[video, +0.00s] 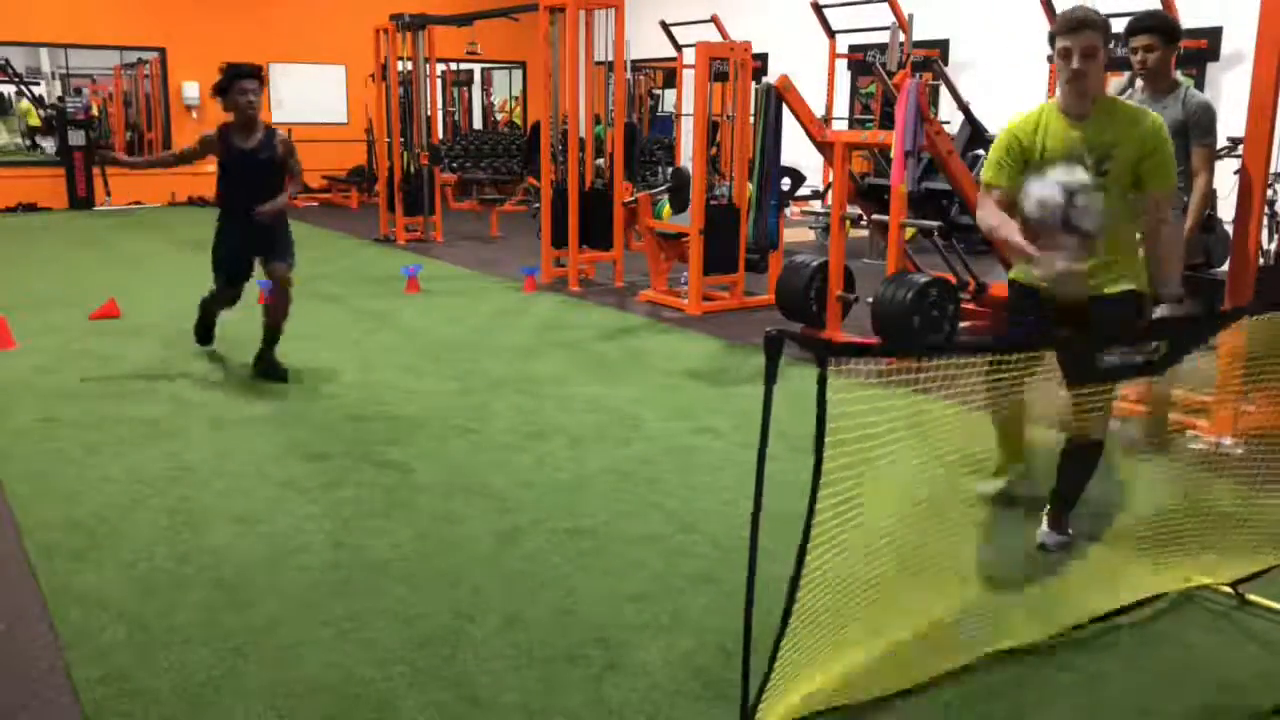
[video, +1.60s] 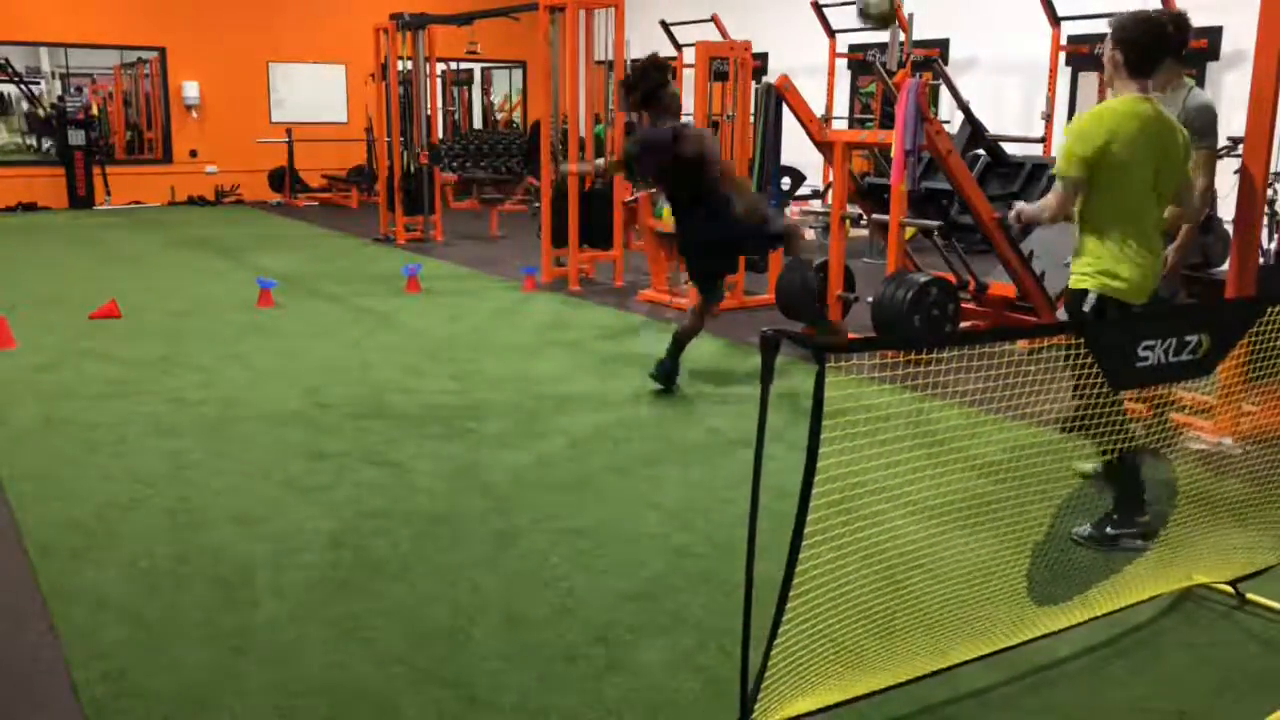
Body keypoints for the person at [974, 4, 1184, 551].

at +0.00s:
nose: (1076, 65)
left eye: (1087, 55)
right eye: (1066, 55)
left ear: (1106, 59)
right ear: (1053, 60)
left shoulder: (1143, 129)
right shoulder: (1022, 132)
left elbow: (1162, 218)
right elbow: (988, 209)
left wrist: (1170, 299)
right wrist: (1033, 256)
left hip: (1108, 290)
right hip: (1032, 285)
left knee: (1090, 403)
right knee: (1001, 378)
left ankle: (1059, 512)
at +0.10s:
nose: (1078, 56)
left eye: (1091, 46)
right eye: (1070, 46)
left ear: (1116, 51)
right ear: (1061, 51)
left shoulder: (1154, 121)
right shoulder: (1040, 121)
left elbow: (1176, 206)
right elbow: (991, 192)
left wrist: (1177, 277)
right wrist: (992, 250)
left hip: (1125, 273)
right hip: (1056, 271)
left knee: (1094, 391)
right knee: (1041, 372)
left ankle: (1062, 510)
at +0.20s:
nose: (1072, 55)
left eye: (1085, 46)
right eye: (1070, 46)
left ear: (1120, 53)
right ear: (1069, 53)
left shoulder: (1162, 120)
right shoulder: (1055, 124)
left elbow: (1192, 209)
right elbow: (1011, 188)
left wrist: (1181, 289)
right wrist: (978, 232)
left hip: (1136, 288)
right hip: (1077, 288)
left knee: (1093, 405)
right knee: (1121, 401)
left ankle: (1060, 519)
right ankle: (1163, 485)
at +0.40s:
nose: (1074, 60)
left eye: (1084, 51)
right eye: (1075, 51)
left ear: (1117, 56)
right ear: (1104, 58)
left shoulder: (1161, 118)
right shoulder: (1093, 131)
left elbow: (1193, 204)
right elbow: (1080, 213)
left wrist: (1162, 287)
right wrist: (1025, 249)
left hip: (1157, 285)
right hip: (1116, 286)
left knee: (1100, 393)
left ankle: (1100, 512)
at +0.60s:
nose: (1078, 58)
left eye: (1086, 47)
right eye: (1080, 47)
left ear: (1117, 51)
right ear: (1118, 53)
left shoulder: (1145, 108)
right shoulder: (1131, 108)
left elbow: (1175, 200)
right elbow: (1135, 194)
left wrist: (1109, 265)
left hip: (1159, 279)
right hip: (1147, 275)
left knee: (1123, 395)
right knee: (1139, 389)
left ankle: (1131, 515)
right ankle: (1155, 488)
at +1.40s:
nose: (1103, 50)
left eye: (1107, 41)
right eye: (1105, 41)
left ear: (1123, 46)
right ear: (1162, 50)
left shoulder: (1115, 111)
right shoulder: (1180, 109)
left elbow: (1115, 202)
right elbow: (1202, 191)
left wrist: (1064, 245)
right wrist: (1170, 246)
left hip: (1114, 276)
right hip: (1155, 274)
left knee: (1119, 395)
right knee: (1135, 386)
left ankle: (1129, 518)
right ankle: (1141, 484)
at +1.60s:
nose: (1101, 55)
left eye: (1105, 48)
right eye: (1105, 47)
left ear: (1113, 57)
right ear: (1158, 65)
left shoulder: (1093, 123)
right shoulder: (1173, 132)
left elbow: (1061, 205)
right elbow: (1185, 209)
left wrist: (1029, 213)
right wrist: (1143, 224)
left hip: (1098, 278)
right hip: (1143, 280)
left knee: (1095, 399)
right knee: (1096, 388)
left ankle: (1130, 516)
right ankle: (1128, 458)